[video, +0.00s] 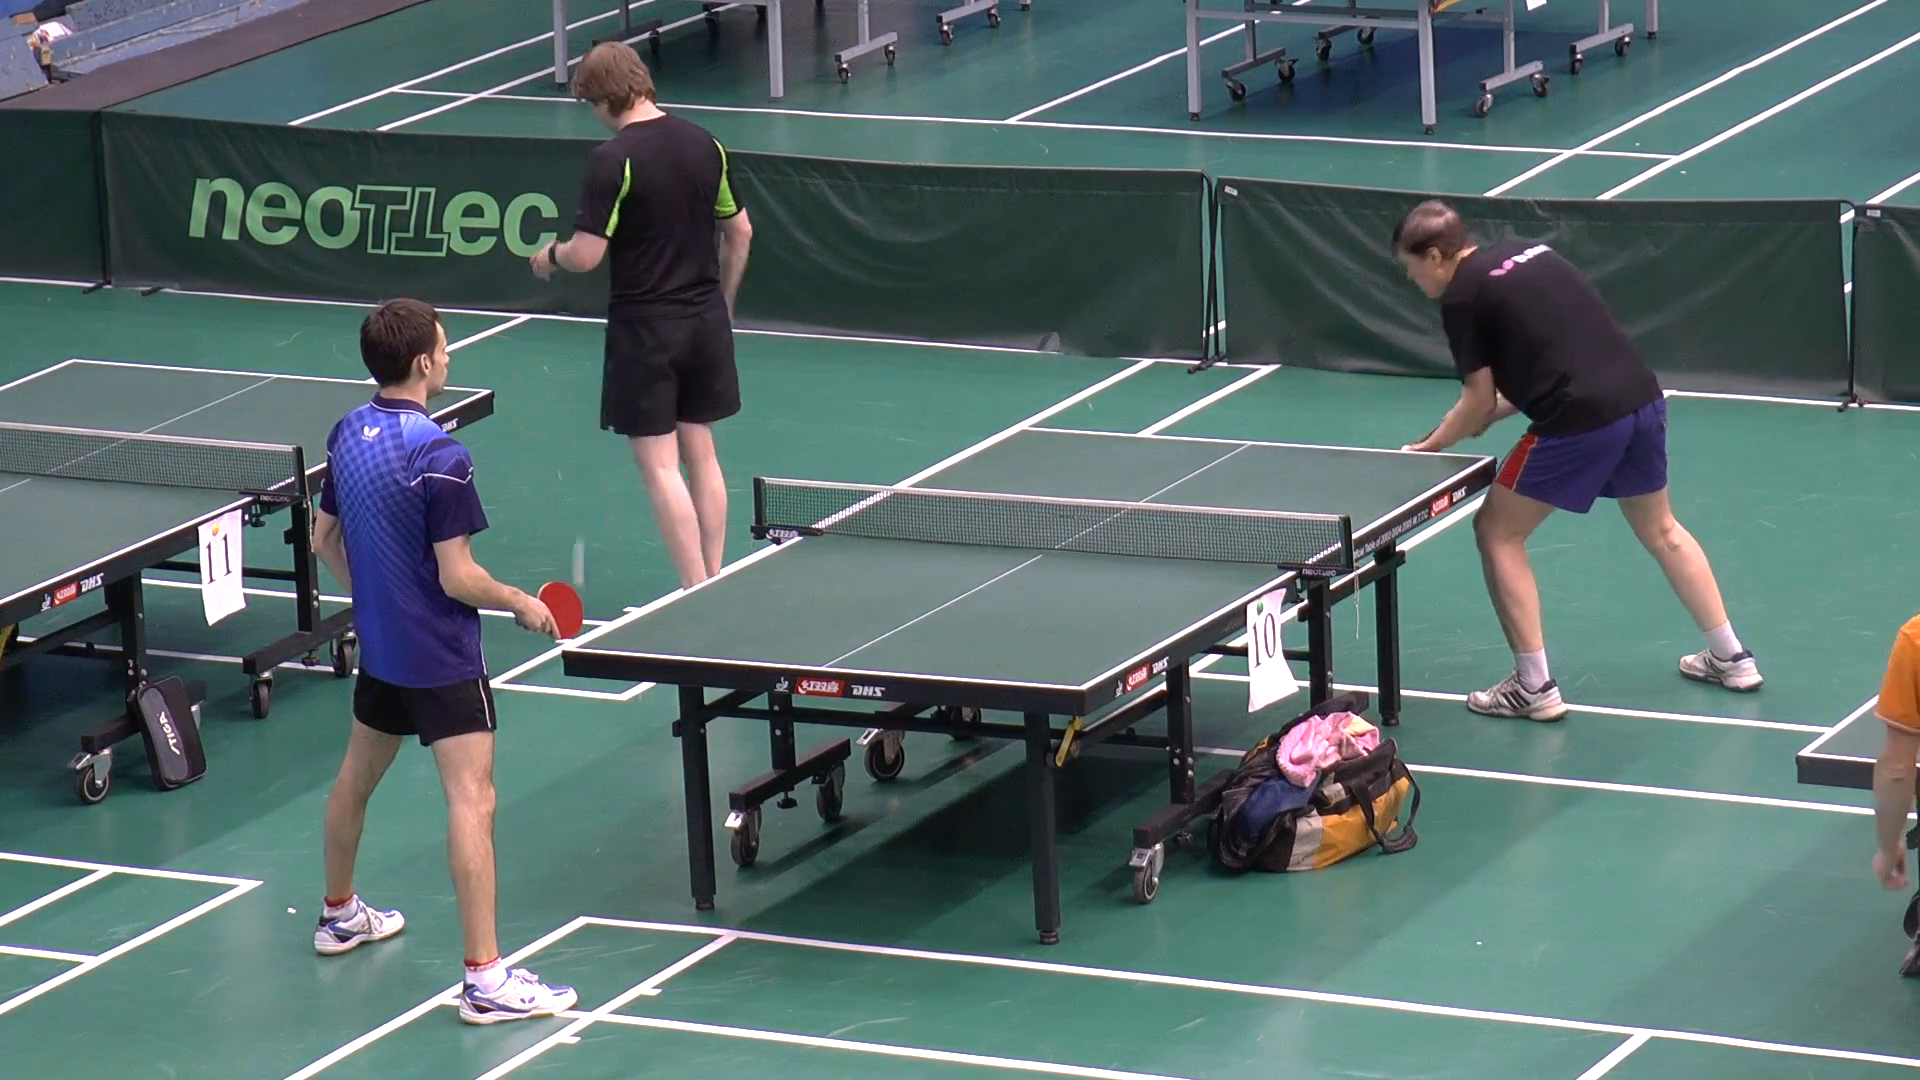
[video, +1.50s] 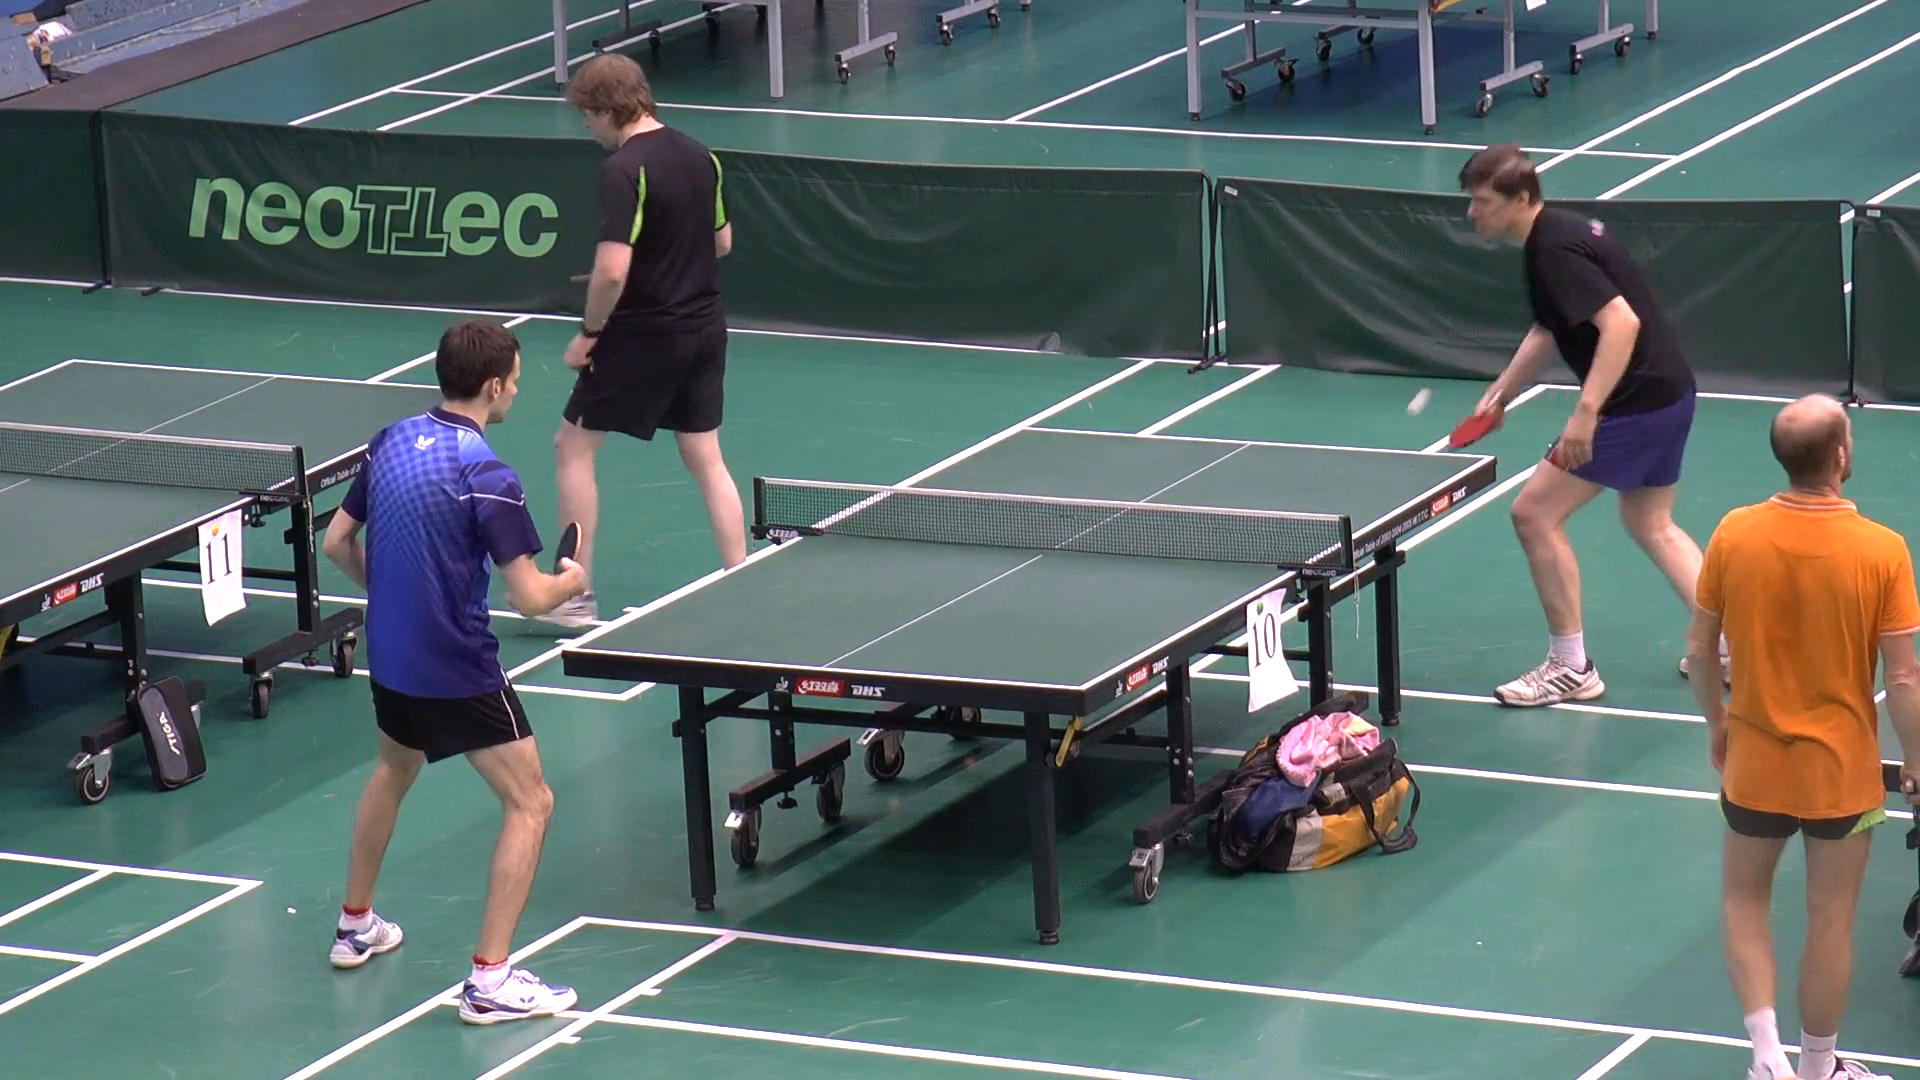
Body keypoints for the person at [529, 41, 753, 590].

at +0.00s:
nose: (592, 112)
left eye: (590, 103)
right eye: (590, 103)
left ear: (601, 100)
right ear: (644, 84)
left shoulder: (613, 157)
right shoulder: (704, 142)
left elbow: (586, 255)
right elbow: (738, 230)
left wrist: (552, 256)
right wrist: (722, 298)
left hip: (645, 331)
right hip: (705, 322)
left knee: (661, 468)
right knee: (702, 455)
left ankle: (697, 593)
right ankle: (714, 582)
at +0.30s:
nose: (585, 128)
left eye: (582, 116)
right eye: (580, 118)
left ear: (597, 111)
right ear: (636, 95)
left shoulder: (611, 172)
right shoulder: (701, 143)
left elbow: (578, 274)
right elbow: (757, 224)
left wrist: (536, 307)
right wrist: (779, 297)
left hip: (676, 328)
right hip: (733, 318)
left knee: (692, 475)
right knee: (723, 459)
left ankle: (704, 599)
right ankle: (719, 584)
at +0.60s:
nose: (581, 135)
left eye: (580, 124)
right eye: (577, 124)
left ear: (598, 119)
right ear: (635, 104)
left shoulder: (608, 183)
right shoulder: (704, 145)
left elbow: (582, 293)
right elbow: (766, 217)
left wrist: (570, 292)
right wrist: (733, 267)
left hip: (673, 337)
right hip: (737, 326)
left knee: (691, 477)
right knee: (726, 464)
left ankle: (704, 604)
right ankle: (719, 588)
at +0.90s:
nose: (592, 123)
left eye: (593, 112)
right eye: (589, 113)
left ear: (613, 107)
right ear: (649, 95)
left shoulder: (617, 170)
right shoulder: (711, 147)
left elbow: (604, 260)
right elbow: (766, 227)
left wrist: (622, 301)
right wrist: (722, 271)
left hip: (667, 339)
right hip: (726, 329)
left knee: (686, 477)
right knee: (709, 456)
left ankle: (706, 601)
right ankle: (737, 577)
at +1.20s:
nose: (608, 123)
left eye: (608, 111)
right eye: (605, 112)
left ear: (627, 107)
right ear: (663, 94)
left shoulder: (637, 165)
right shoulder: (717, 148)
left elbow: (642, 261)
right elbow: (756, 230)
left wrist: (628, 317)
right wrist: (706, 263)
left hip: (669, 340)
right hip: (725, 330)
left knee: (629, 460)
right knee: (722, 458)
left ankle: (690, 586)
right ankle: (745, 582)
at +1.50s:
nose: (587, 127)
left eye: (587, 116)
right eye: (584, 117)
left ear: (606, 111)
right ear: (641, 99)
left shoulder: (625, 167)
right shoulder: (700, 154)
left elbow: (613, 271)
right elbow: (721, 241)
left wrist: (587, 332)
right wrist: (654, 260)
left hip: (643, 336)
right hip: (705, 332)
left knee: (574, 446)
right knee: (707, 457)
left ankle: (575, 597)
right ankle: (742, 584)